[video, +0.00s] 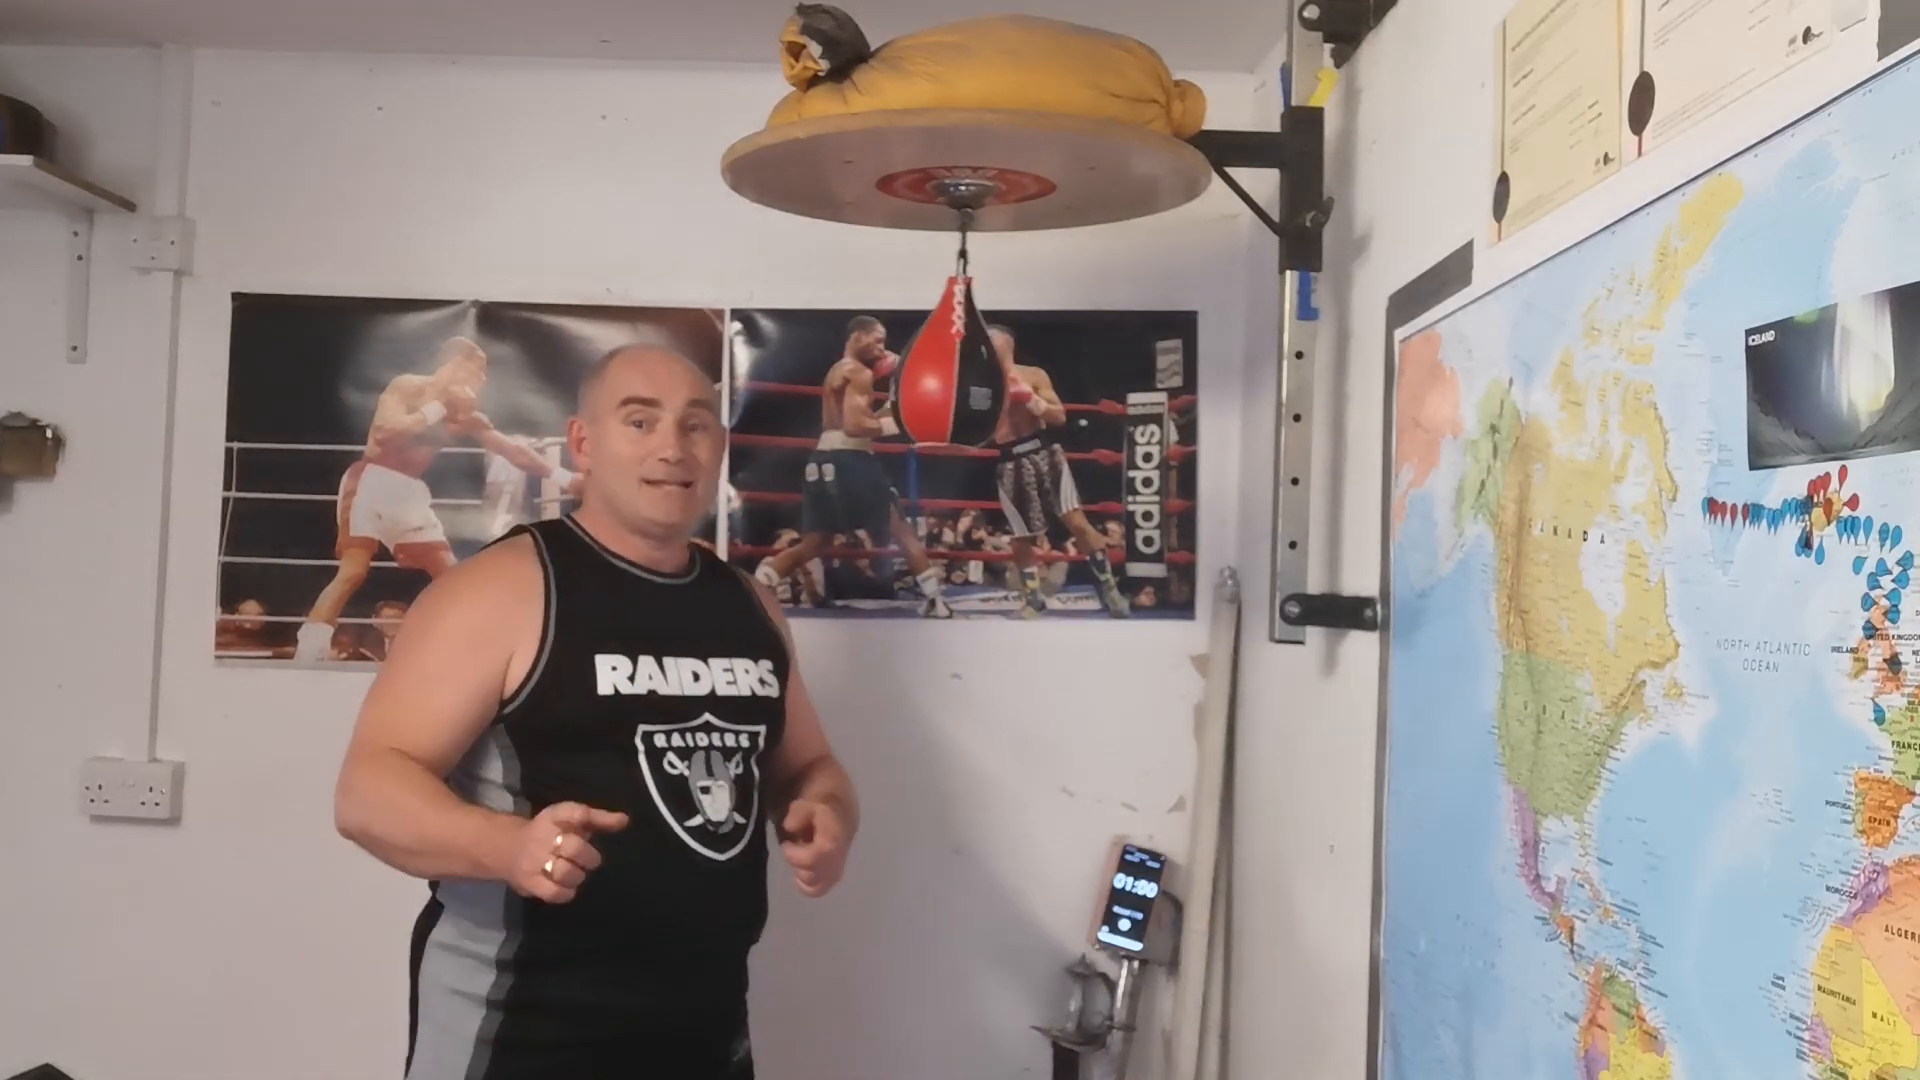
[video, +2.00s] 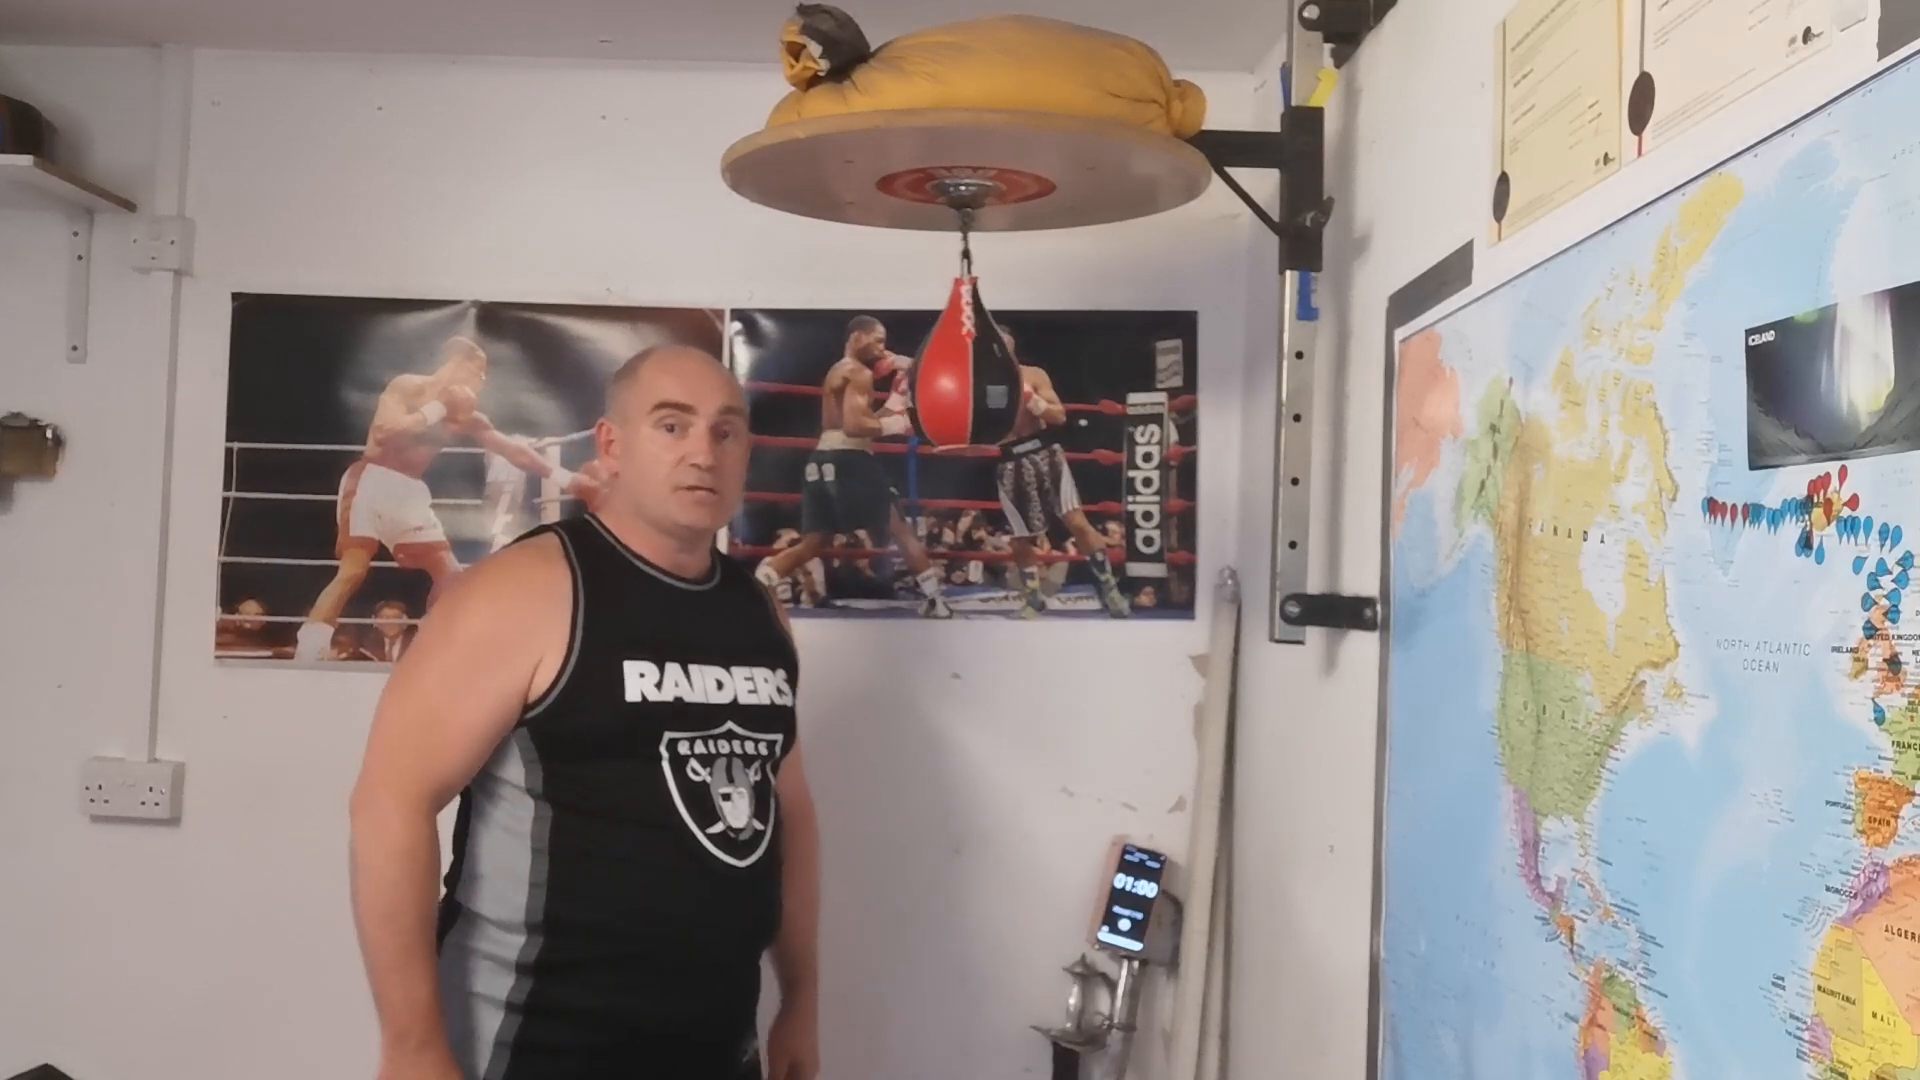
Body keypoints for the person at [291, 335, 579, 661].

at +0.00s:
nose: (476, 384)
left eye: (480, 377)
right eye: (472, 373)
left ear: (476, 380)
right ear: (451, 364)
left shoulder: (464, 413)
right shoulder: (404, 386)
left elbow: (511, 450)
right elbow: (383, 432)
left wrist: (563, 478)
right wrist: (432, 412)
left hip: (409, 492)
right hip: (369, 483)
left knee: (447, 572)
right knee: (353, 570)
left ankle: (460, 652)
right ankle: (307, 651)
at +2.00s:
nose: (477, 386)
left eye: (480, 379)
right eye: (475, 376)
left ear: (472, 380)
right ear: (455, 367)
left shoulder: (464, 414)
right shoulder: (404, 386)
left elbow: (512, 450)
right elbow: (382, 433)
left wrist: (565, 478)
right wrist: (433, 411)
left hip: (408, 493)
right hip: (367, 483)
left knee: (448, 573)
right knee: (353, 570)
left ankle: (429, 660)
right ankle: (306, 654)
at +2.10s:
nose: (478, 384)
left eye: (480, 377)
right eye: (474, 374)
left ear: (475, 381)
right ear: (452, 367)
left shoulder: (464, 417)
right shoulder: (405, 386)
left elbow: (511, 450)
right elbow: (385, 433)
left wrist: (564, 478)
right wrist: (437, 409)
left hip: (409, 494)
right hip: (368, 483)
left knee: (450, 574)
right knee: (353, 570)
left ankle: (431, 658)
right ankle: (305, 650)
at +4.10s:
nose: (474, 384)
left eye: (478, 379)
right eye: (472, 374)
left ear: (477, 381)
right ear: (453, 366)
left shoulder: (461, 411)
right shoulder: (405, 386)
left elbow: (501, 445)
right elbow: (385, 431)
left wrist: (545, 465)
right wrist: (438, 408)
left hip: (409, 490)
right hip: (368, 482)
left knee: (440, 576)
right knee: (352, 572)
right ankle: (307, 650)